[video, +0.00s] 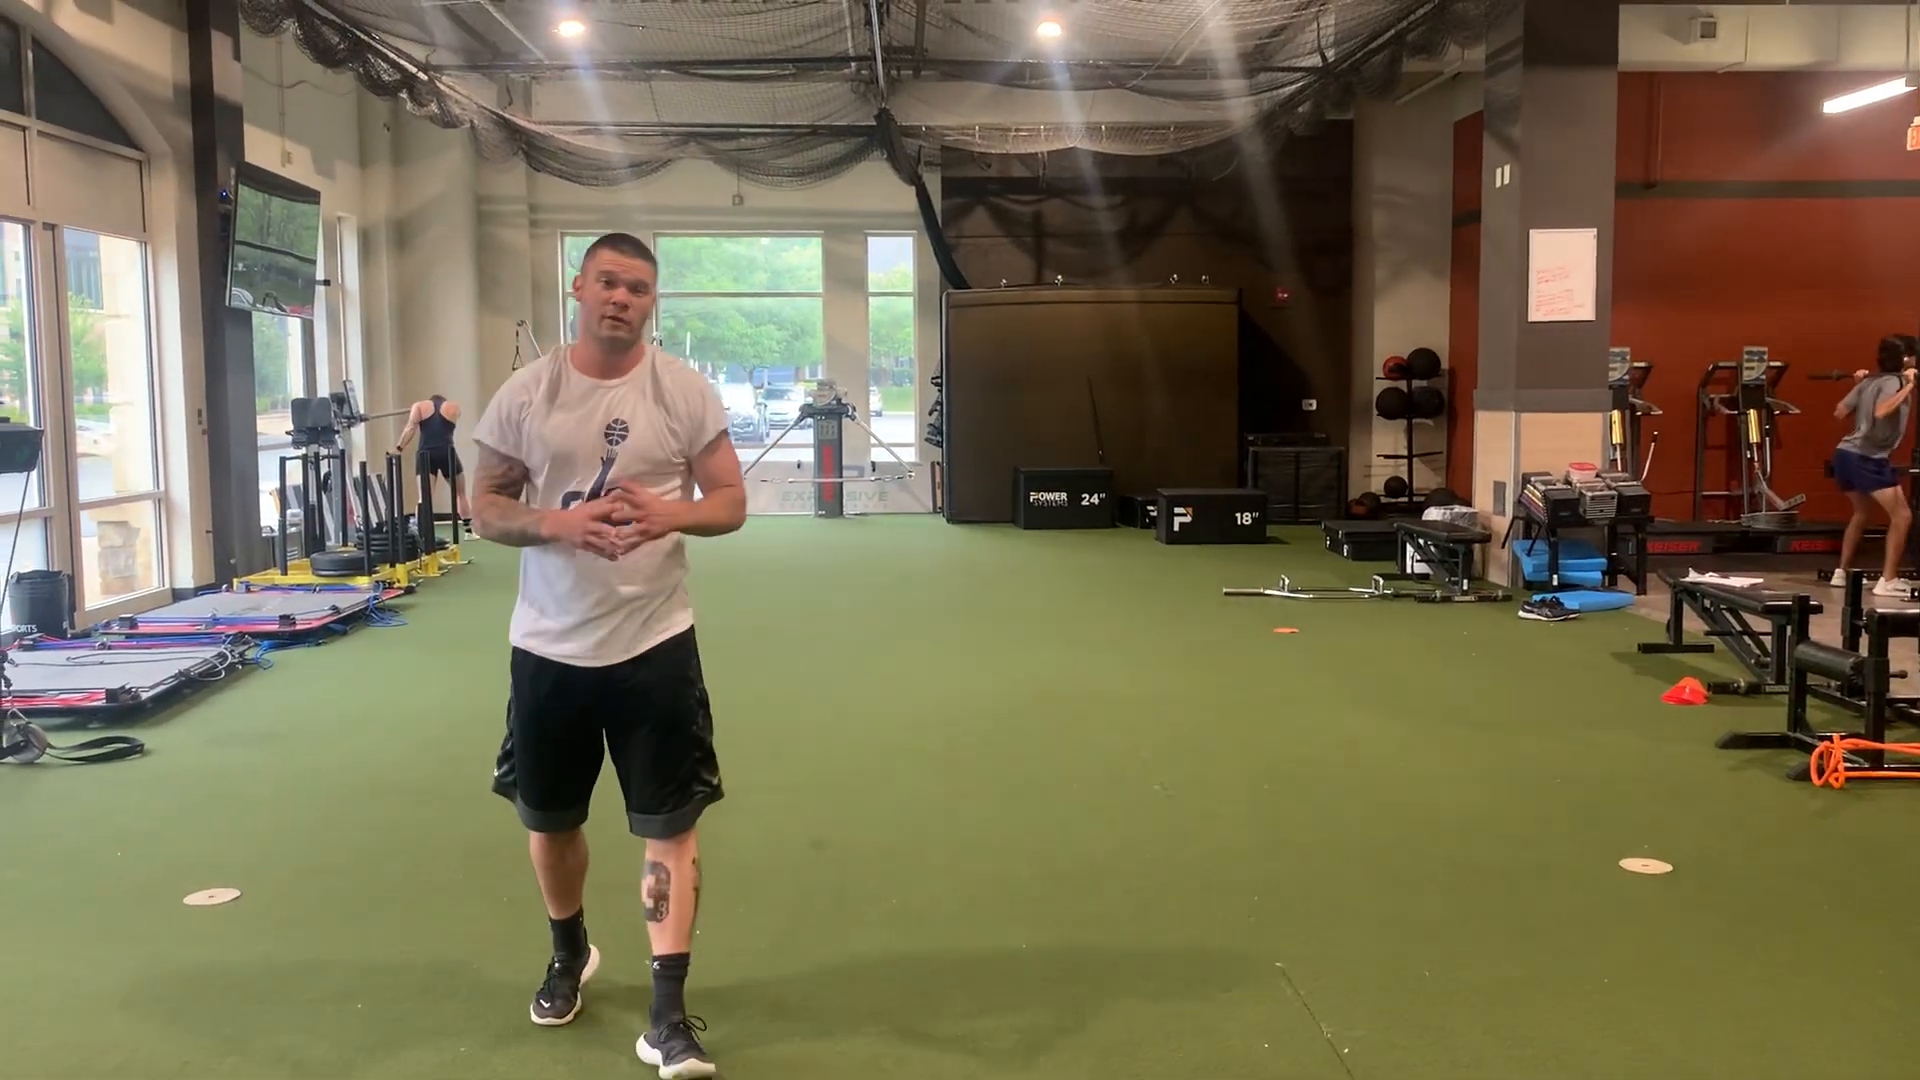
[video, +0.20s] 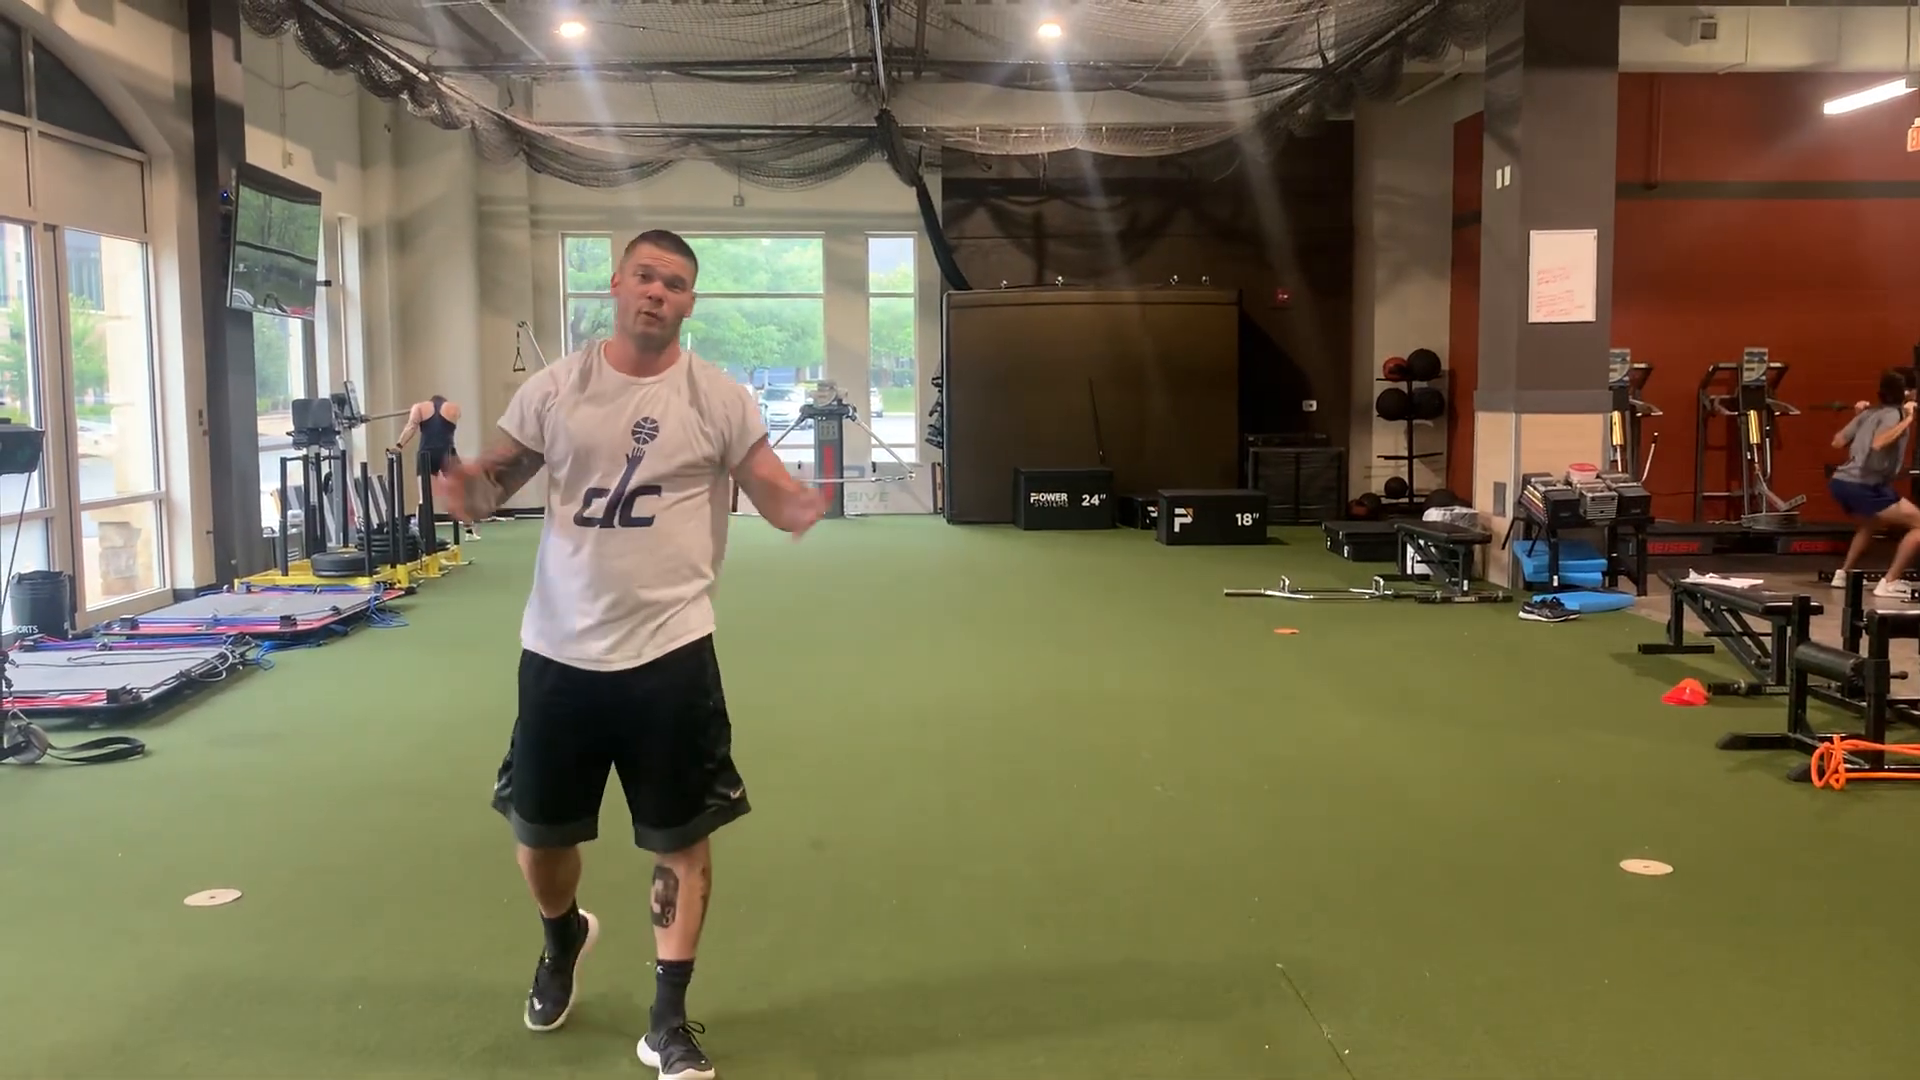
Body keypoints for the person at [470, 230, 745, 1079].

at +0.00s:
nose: (621, 297)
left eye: (637, 287)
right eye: (608, 282)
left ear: (655, 303)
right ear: (577, 290)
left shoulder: (685, 392)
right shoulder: (524, 394)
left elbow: (732, 504)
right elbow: (481, 507)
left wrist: (672, 513)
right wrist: (553, 523)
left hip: (654, 640)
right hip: (550, 645)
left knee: (669, 825)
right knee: (550, 819)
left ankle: (668, 1017)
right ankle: (568, 949)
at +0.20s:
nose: (658, 293)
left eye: (675, 284)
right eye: (645, 277)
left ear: (692, 304)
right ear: (614, 284)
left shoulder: (717, 398)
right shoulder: (552, 389)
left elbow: (786, 508)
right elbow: (476, 497)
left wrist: (808, 498)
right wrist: (449, 466)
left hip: (669, 652)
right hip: (559, 652)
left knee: (678, 841)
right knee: (542, 836)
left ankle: (669, 1021)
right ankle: (563, 938)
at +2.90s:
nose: (766, 256)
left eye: (786, 232)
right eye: (732, 236)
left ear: (813, 250)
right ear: (686, 264)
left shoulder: (887, 405)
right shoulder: (645, 437)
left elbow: (944, 560)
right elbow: (600, 661)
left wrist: (929, 615)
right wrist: (720, 797)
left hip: (886, 861)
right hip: (719, 873)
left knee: (917, 1066)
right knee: (694, 1068)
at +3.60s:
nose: (977, 244)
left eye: (1004, 233)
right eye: (954, 222)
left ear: (1031, 275)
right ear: (906, 250)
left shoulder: (1079, 442)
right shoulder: (810, 422)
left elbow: (1111, 633)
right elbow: (741, 599)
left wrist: (1047, 643)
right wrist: (728, 751)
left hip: (994, 867)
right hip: (813, 861)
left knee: (1004, 1067)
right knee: (781, 1067)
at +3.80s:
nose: (1017, 258)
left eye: (1047, 250)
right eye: (996, 235)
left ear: (1067, 295)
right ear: (945, 262)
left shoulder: (1099, 461)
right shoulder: (833, 422)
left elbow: (1131, 644)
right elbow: (755, 599)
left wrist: (1123, 707)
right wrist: (794, 744)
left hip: (994, 866)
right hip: (822, 859)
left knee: (1009, 1067)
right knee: (787, 1068)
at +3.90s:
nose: (1027, 264)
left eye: (1057, 256)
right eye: (1008, 239)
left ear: (1079, 301)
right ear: (960, 263)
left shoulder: (1100, 464)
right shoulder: (842, 415)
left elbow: (1137, 652)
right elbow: (752, 589)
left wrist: (1141, 732)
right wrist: (796, 736)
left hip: (988, 869)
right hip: (818, 860)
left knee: (1007, 1069)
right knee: (783, 1067)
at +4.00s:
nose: (1036, 273)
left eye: (1065, 264)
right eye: (1018, 246)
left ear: (1088, 304)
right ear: (970, 263)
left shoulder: (1102, 468)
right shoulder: (847, 414)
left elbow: (1138, 649)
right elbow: (749, 587)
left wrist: (1142, 732)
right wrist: (786, 726)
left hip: (985, 867)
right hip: (814, 854)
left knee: (997, 1067)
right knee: (781, 1066)